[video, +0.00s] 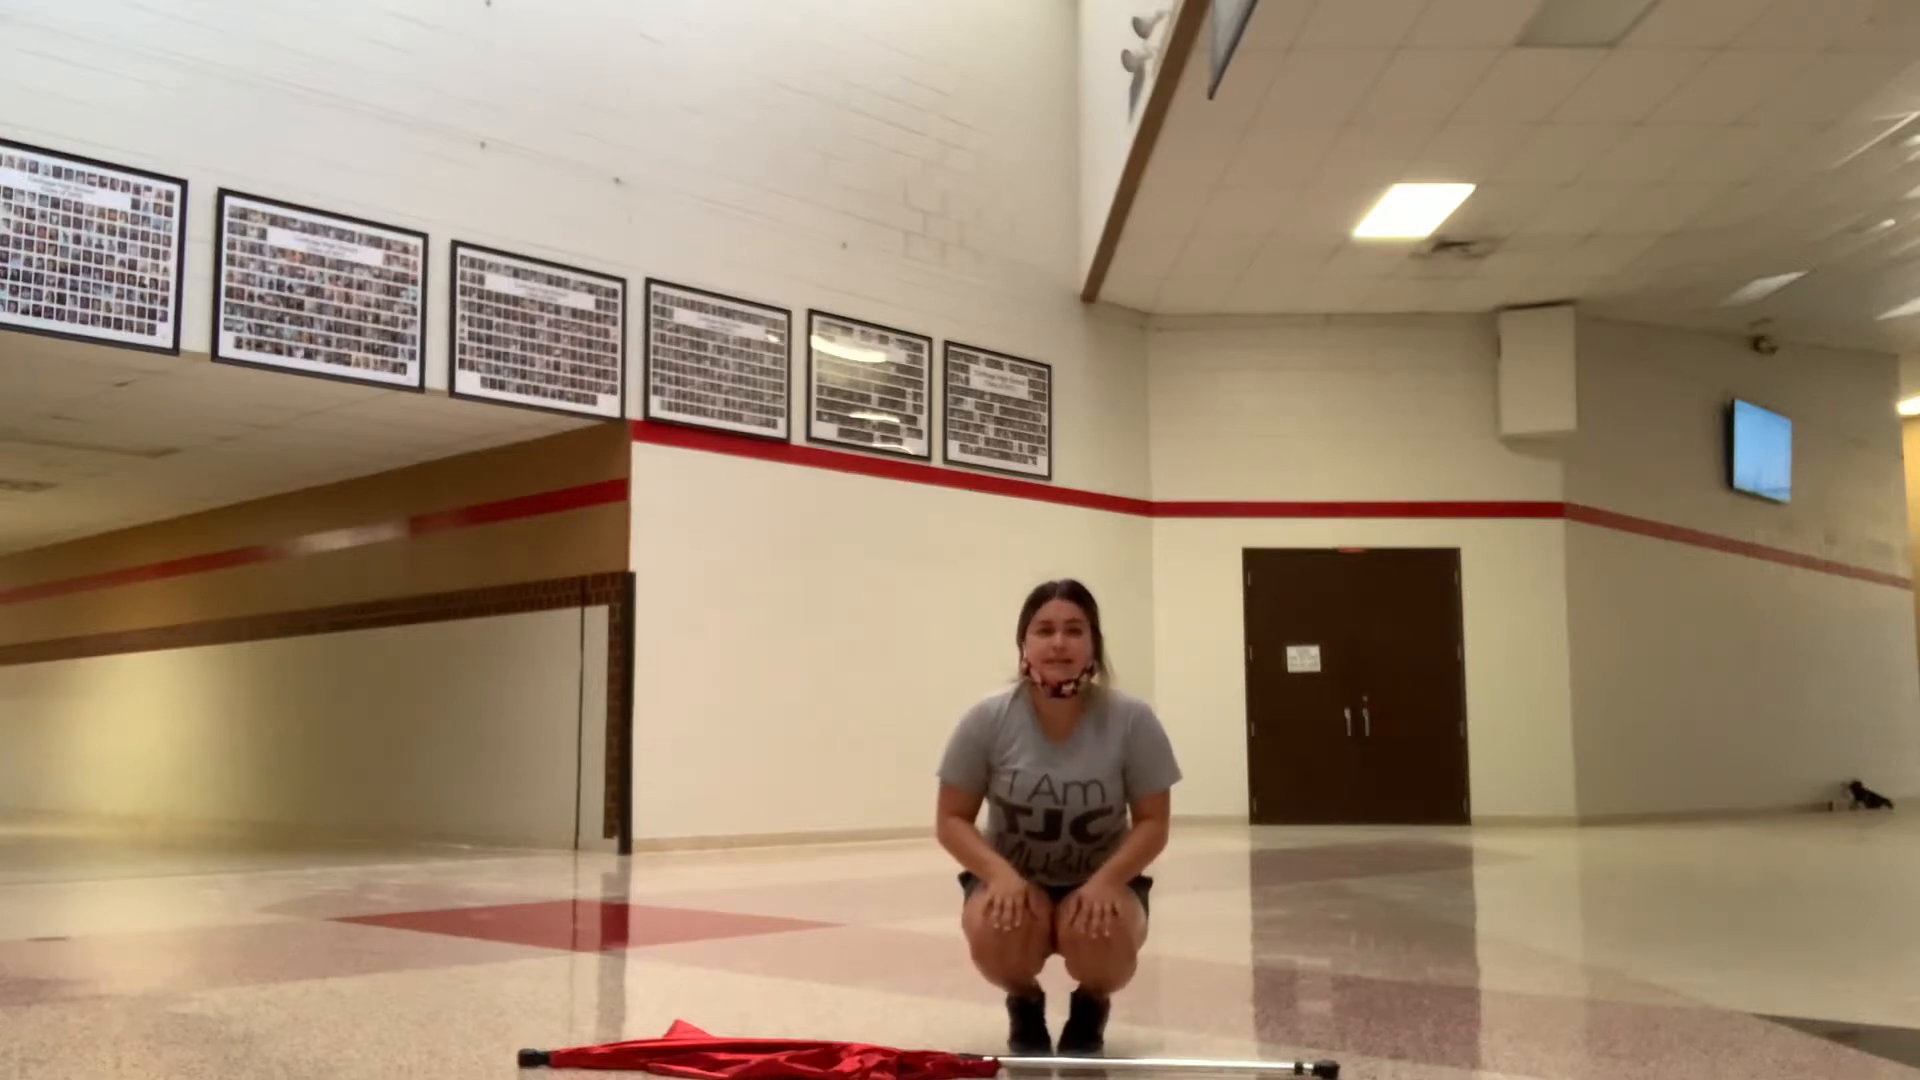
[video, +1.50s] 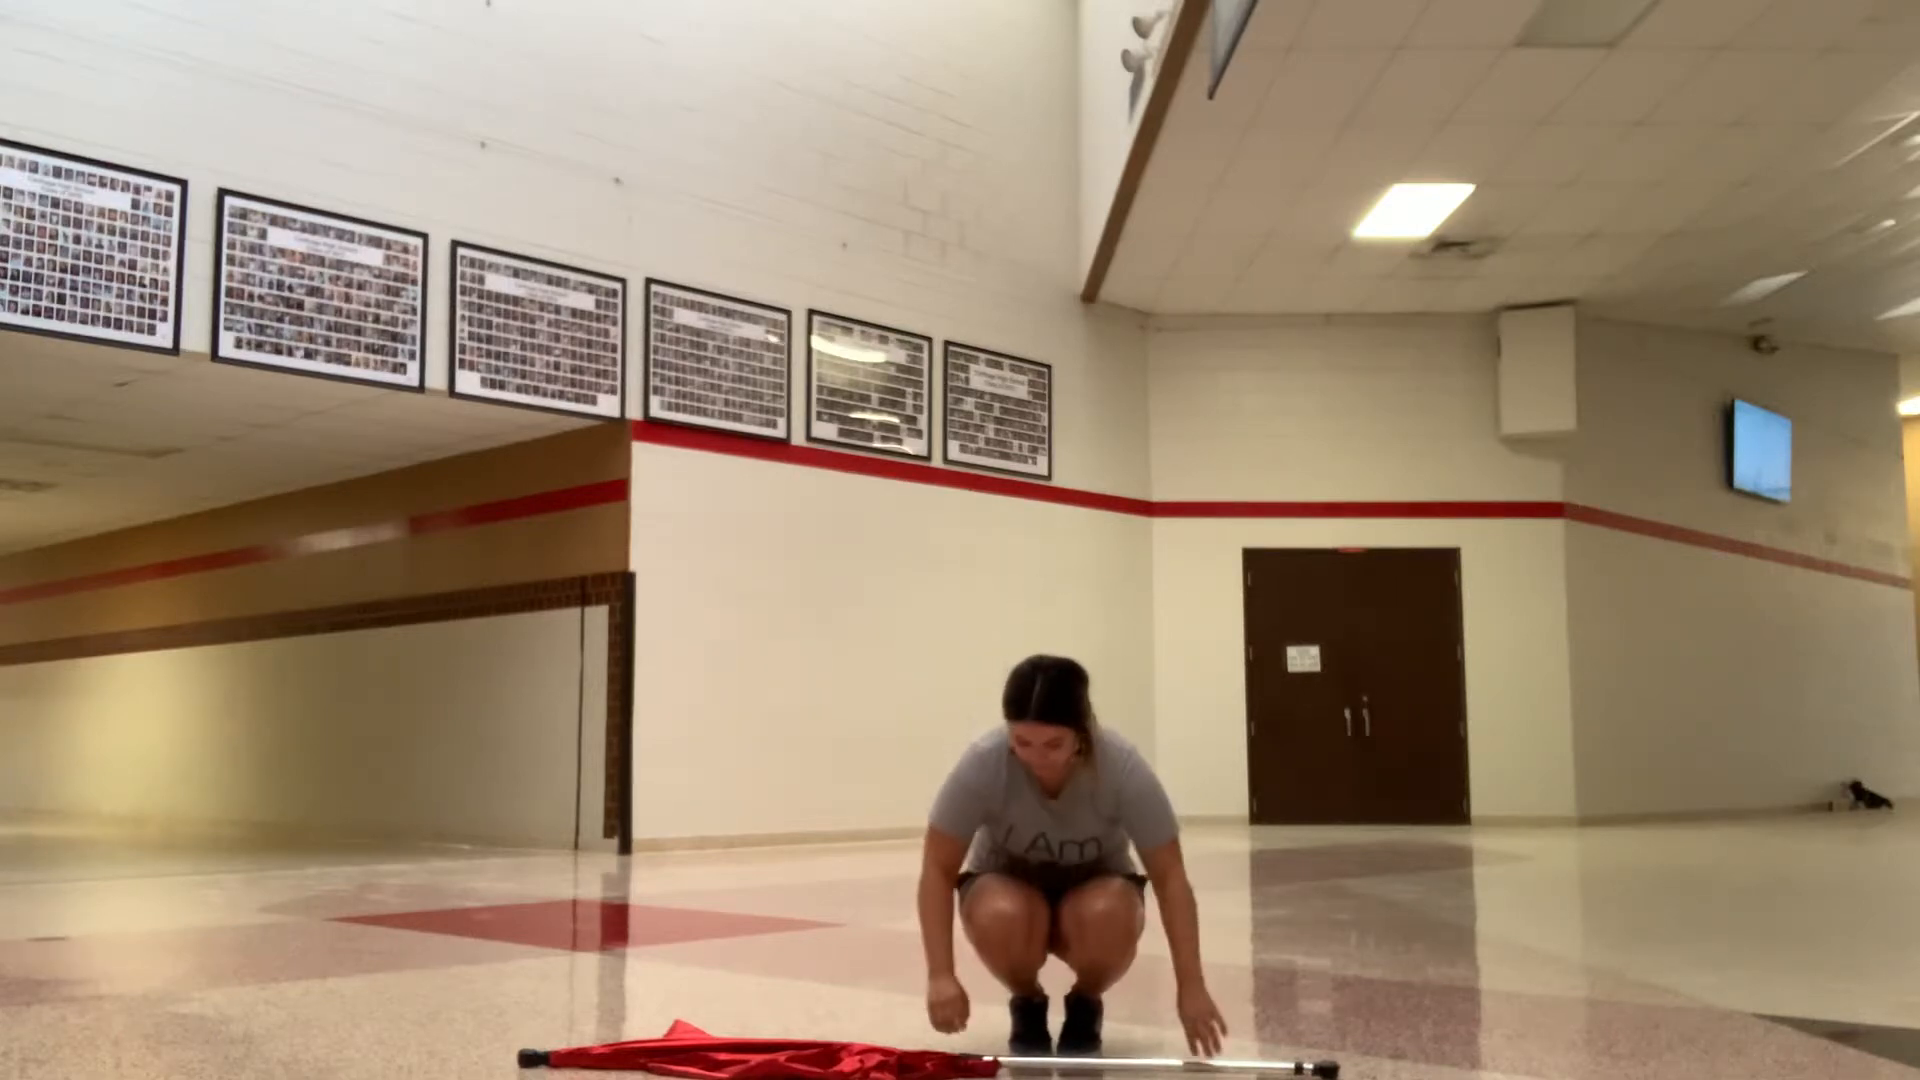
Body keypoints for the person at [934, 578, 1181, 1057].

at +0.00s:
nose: (1059, 643)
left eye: (1073, 630)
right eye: (1044, 630)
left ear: (1094, 646)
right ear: (1023, 647)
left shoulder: (1130, 721)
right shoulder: (988, 722)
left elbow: (1154, 823)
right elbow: (951, 822)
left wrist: (1104, 880)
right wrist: (1000, 873)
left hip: (1101, 885)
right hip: (1014, 884)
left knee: (1101, 931)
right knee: (999, 927)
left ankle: (1091, 1007)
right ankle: (1023, 1004)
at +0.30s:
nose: (1058, 655)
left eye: (1073, 642)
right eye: (1044, 641)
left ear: (1095, 652)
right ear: (1023, 650)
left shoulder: (1133, 724)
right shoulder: (989, 725)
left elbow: (1155, 826)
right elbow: (951, 823)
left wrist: (1105, 879)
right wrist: (1000, 872)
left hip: (1101, 884)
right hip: (1014, 884)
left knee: (1101, 930)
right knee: (1001, 925)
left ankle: (1092, 1005)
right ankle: (1024, 1002)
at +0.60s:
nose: (1057, 653)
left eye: (1072, 639)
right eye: (1043, 639)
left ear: (1093, 651)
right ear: (1022, 652)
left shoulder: (1131, 724)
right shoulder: (988, 725)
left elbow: (1153, 826)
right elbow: (947, 823)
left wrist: (1105, 880)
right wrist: (998, 873)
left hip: (1099, 884)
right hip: (1011, 882)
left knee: (1101, 931)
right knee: (1000, 927)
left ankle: (1090, 1005)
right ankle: (1024, 1003)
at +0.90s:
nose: (1052, 653)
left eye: (1067, 639)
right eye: (1038, 639)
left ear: (1088, 650)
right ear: (1017, 651)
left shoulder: (1127, 724)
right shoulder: (984, 725)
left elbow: (1152, 826)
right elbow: (946, 825)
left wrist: (1103, 879)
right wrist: (996, 875)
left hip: (1097, 884)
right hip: (1009, 883)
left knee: (1099, 931)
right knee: (997, 930)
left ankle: (1089, 1007)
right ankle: (1022, 1004)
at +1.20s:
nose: (1040, 701)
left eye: (1055, 685)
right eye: (1026, 685)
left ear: (1081, 681)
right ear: (1011, 679)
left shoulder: (1125, 738)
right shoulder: (979, 738)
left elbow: (1161, 835)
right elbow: (948, 831)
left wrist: (1127, 882)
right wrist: (963, 885)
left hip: (1093, 888)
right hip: (1012, 886)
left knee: (1097, 922)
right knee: (1000, 919)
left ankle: (1087, 1002)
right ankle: (1023, 1001)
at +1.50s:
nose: (1038, 759)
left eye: (1053, 745)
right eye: (1023, 743)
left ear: (1081, 733)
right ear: (1010, 729)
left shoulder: (1122, 770)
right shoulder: (983, 766)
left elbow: (1169, 878)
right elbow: (938, 869)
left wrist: (1192, 987)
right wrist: (941, 976)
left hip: (1094, 886)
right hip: (1009, 885)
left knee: (1107, 915)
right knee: (1000, 916)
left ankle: (1086, 1002)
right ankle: (1026, 1001)